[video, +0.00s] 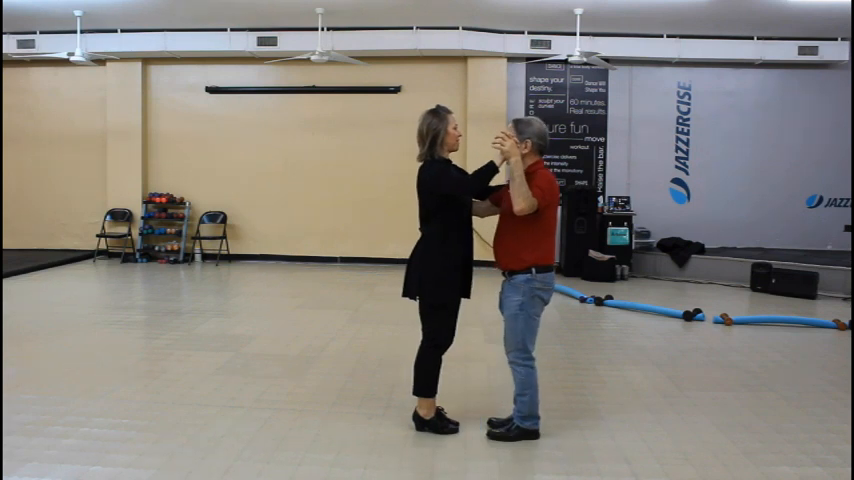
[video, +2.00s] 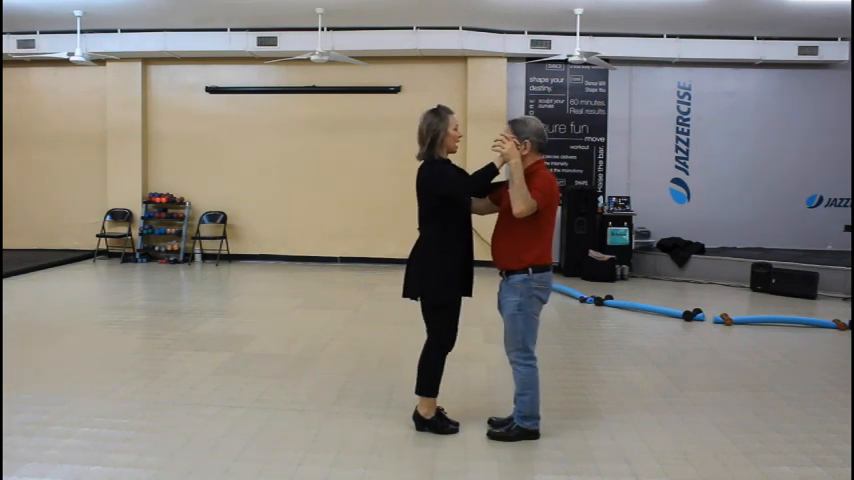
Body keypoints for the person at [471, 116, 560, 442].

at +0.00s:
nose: (504, 144)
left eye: (509, 138)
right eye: (505, 138)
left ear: (526, 145)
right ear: (525, 146)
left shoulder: (543, 178)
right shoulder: (520, 180)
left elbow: (522, 206)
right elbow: (482, 207)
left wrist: (514, 162)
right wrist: (448, 194)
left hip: (532, 277)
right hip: (517, 276)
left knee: (520, 354)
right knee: (516, 353)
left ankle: (527, 423)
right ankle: (521, 416)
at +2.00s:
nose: (501, 147)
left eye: (507, 141)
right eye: (502, 141)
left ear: (525, 146)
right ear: (525, 146)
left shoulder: (544, 179)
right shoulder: (519, 180)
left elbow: (521, 208)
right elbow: (481, 204)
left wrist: (514, 163)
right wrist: (448, 191)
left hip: (529, 278)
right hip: (514, 276)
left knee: (522, 353)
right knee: (516, 352)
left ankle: (527, 423)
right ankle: (522, 415)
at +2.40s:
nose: (487, 148)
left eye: (494, 143)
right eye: (489, 142)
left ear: (513, 149)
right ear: (509, 149)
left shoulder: (527, 181)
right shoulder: (505, 181)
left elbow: (506, 214)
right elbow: (465, 209)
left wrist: (491, 171)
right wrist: (431, 201)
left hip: (514, 278)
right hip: (504, 277)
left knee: (478, 347)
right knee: (510, 347)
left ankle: (484, 424)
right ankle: (525, 416)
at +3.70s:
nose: (510, 143)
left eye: (516, 139)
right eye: (511, 138)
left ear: (533, 146)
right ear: (530, 146)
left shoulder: (549, 180)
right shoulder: (527, 179)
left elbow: (524, 210)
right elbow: (488, 206)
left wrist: (514, 165)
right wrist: (452, 198)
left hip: (543, 278)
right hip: (531, 276)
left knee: (524, 353)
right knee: (531, 347)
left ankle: (527, 426)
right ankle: (557, 407)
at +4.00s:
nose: (533, 156)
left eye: (538, 152)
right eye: (534, 151)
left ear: (558, 156)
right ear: (556, 156)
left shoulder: (577, 186)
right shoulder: (547, 185)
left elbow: (560, 223)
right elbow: (514, 212)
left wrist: (547, 177)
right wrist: (481, 201)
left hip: (569, 283)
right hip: (565, 281)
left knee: (534, 351)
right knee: (582, 346)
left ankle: (528, 425)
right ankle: (607, 411)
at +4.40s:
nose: (536, 153)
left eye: (542, 148)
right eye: (537, 147)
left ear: (562, 153)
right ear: (558, 152)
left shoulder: (579, 183)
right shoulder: (547, 184)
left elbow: (567, 218)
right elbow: (516, 212)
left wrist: (553, 174)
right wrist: (483, 204)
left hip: (573, 279)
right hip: (567, 277)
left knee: (545, 351)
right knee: (587, 346)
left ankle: (540, 425)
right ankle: (608, 411)